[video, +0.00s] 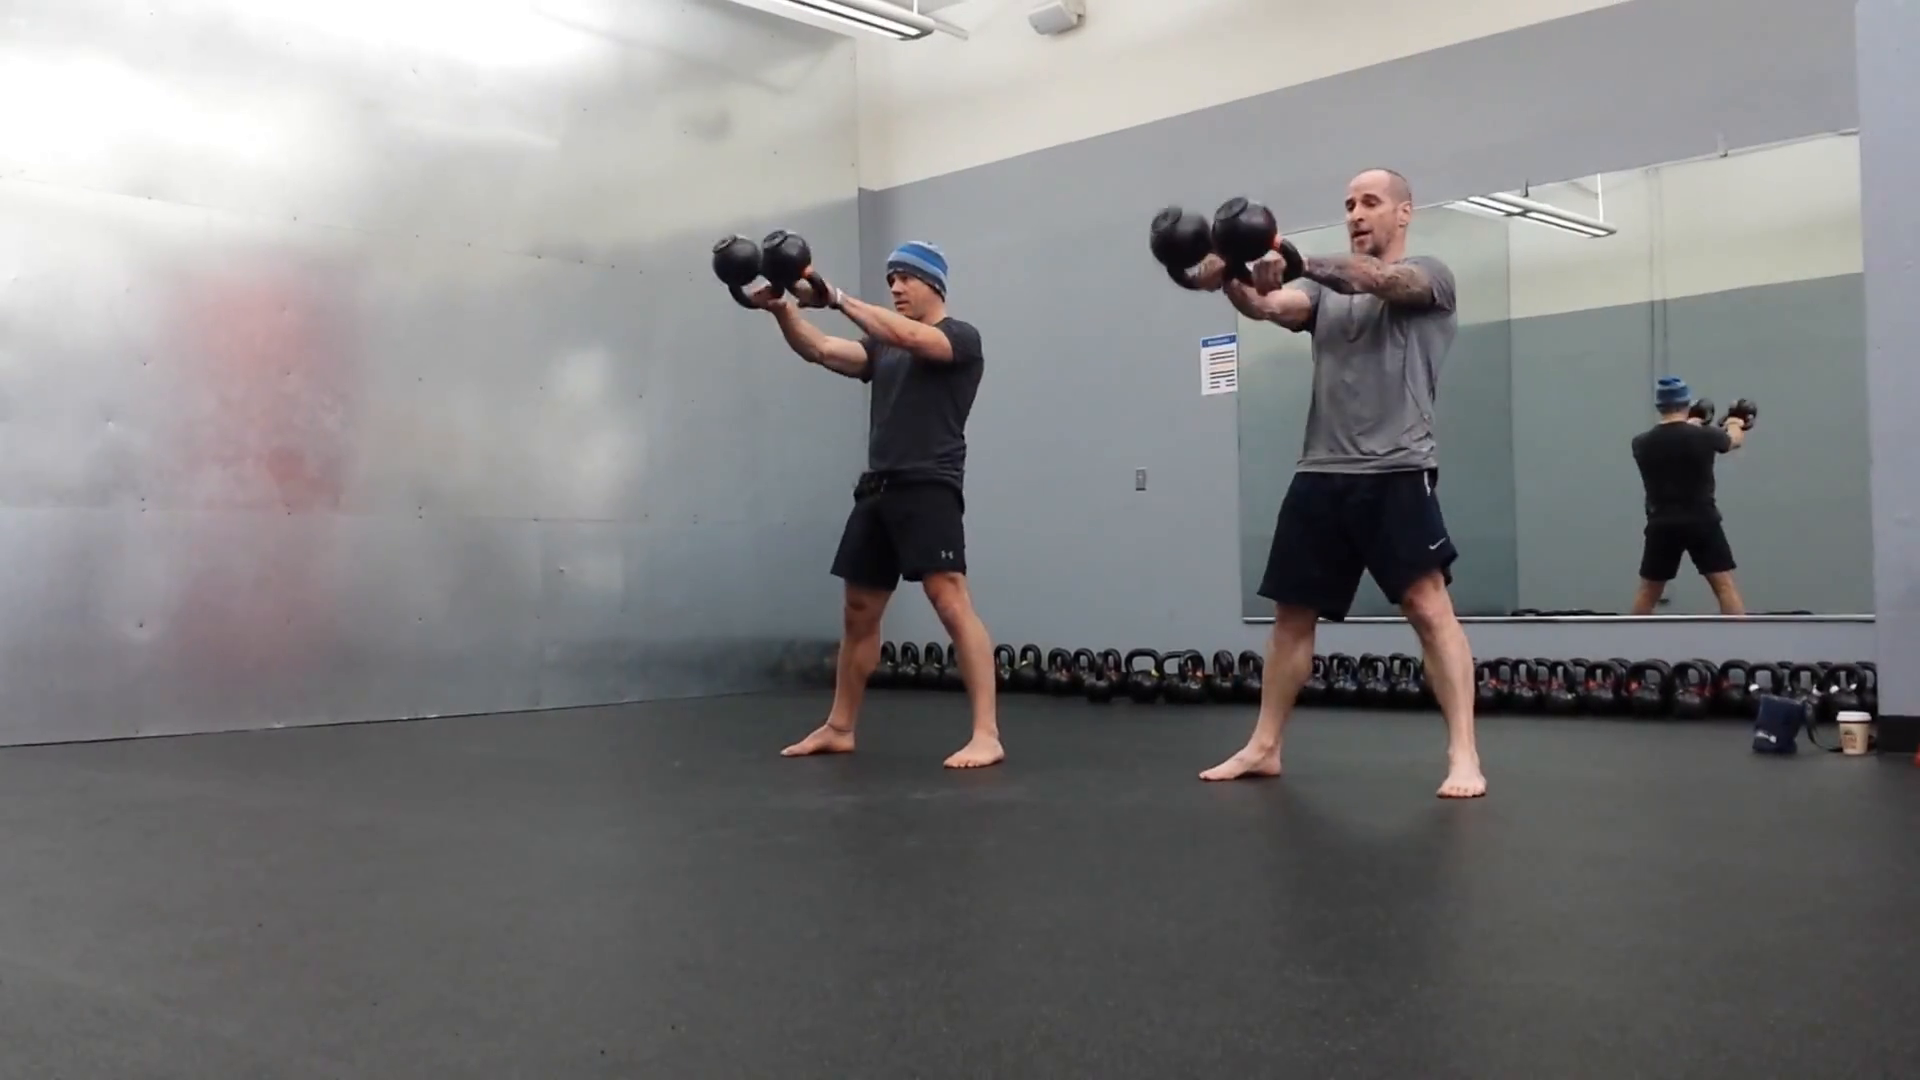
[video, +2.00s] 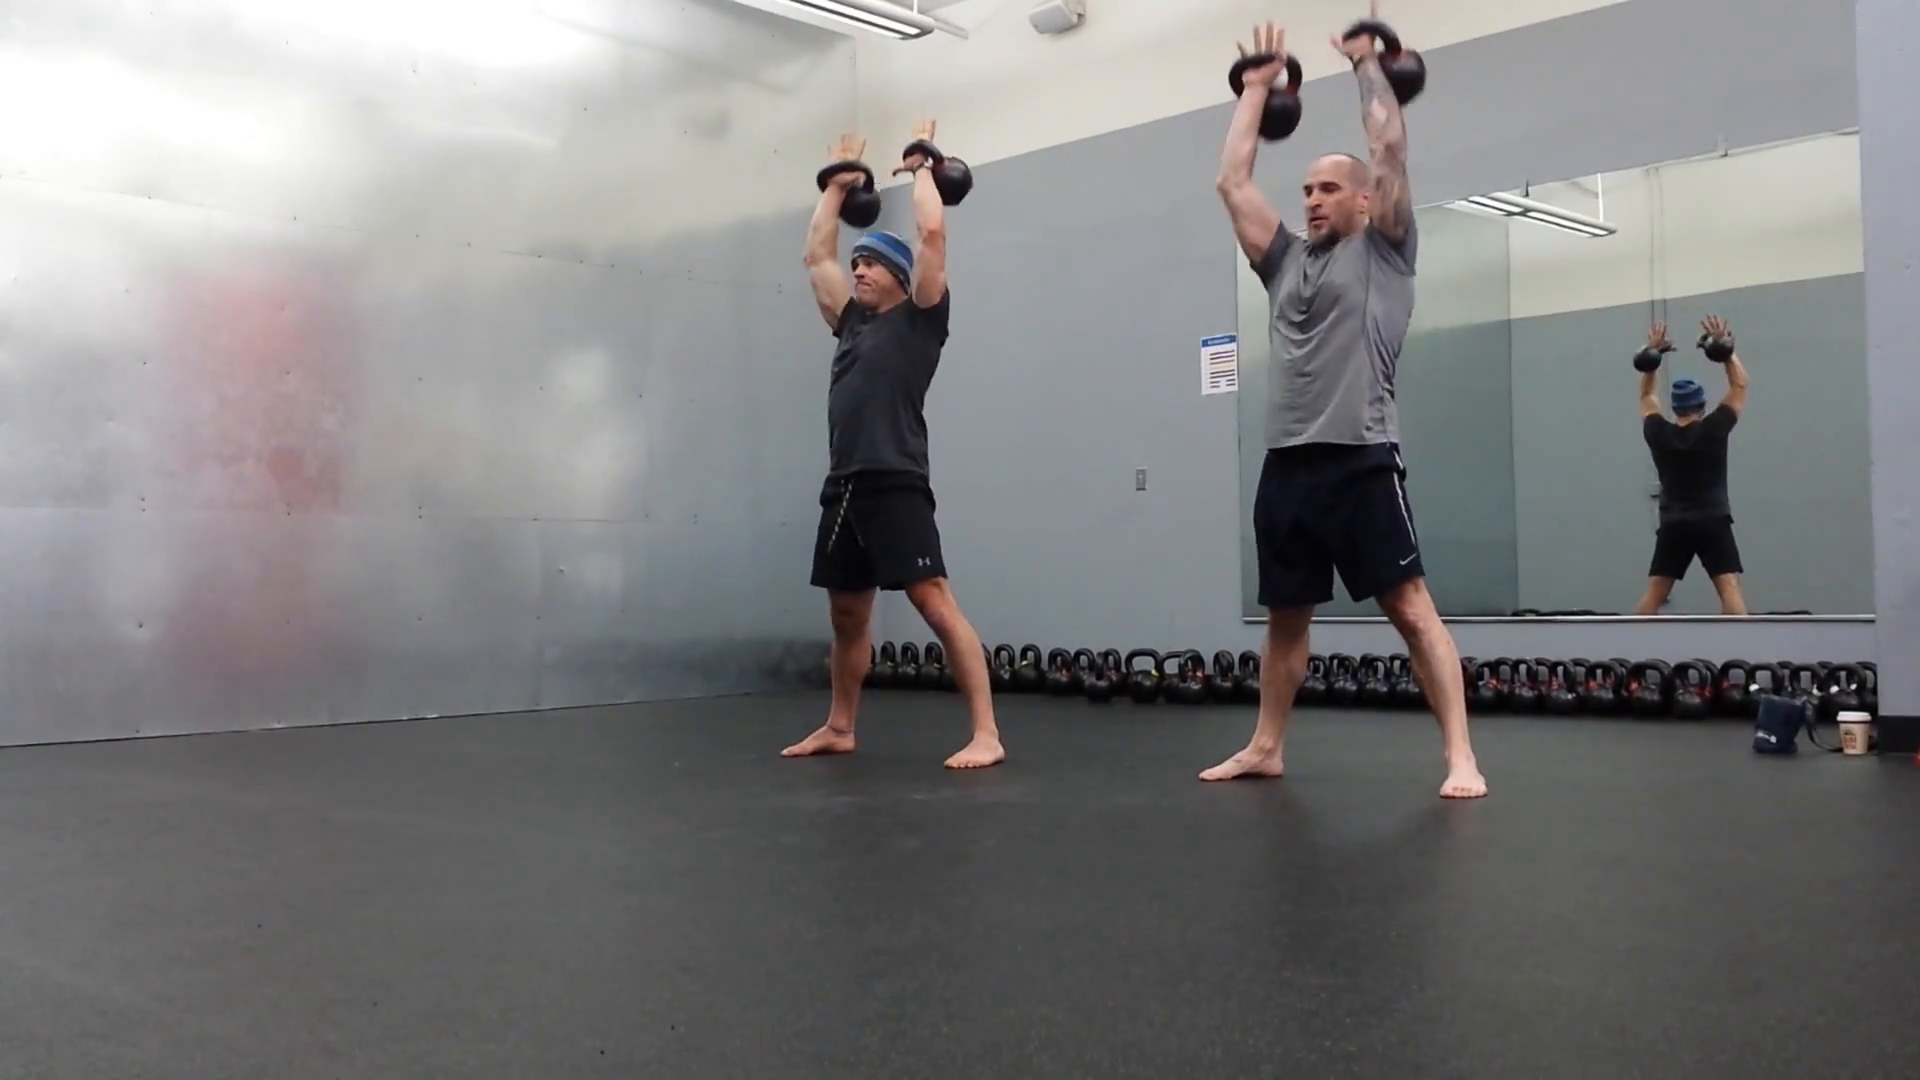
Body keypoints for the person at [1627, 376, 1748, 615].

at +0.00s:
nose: (1687, 405)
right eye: (1686, 402)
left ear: (1659, 406)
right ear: (1686, 404)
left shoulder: (1640, 443)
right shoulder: (1704, 435)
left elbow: (1666, 441)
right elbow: (1734, 440)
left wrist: (1687, 425)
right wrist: (1734, 423)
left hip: (1661, 527)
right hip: (1701, 525)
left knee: (1648, 593)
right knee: (1723, 588)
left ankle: (1629, 647)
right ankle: (1744, 647)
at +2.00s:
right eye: (1699, 404)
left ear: (1673, 409)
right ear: (1703, 406)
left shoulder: (1659, 436)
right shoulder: (1715, 429)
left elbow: (1647, 394)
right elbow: (1739, 385)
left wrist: (1652, 354)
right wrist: (1725, 349)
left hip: (1674, 525)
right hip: (1712, 523)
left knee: (1654, 595)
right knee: (1729, 590)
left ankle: (1627, 650)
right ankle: (1745, 651)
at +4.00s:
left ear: (1684, 444)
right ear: (1711, 443)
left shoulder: (1663, 473)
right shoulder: (1725, 471)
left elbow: (1654, 518)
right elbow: (1724, 519)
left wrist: (1662, 568)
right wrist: (1702, 566)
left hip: (1659, 534)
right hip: (1701, 534)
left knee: (1629, 593)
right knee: (1750, 587)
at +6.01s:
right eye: (1696, 404)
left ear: (1669, 407)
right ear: (1697, 406)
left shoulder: (1652, 437)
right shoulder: (1709, 431)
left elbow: (1656, 408)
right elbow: (1734, 401)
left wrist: (1660, 382)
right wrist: (1727, 371)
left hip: (1670, 528)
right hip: (1708, 525)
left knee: (1652, 597)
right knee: (1728, 593)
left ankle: (1622, 651)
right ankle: (1746, 651)